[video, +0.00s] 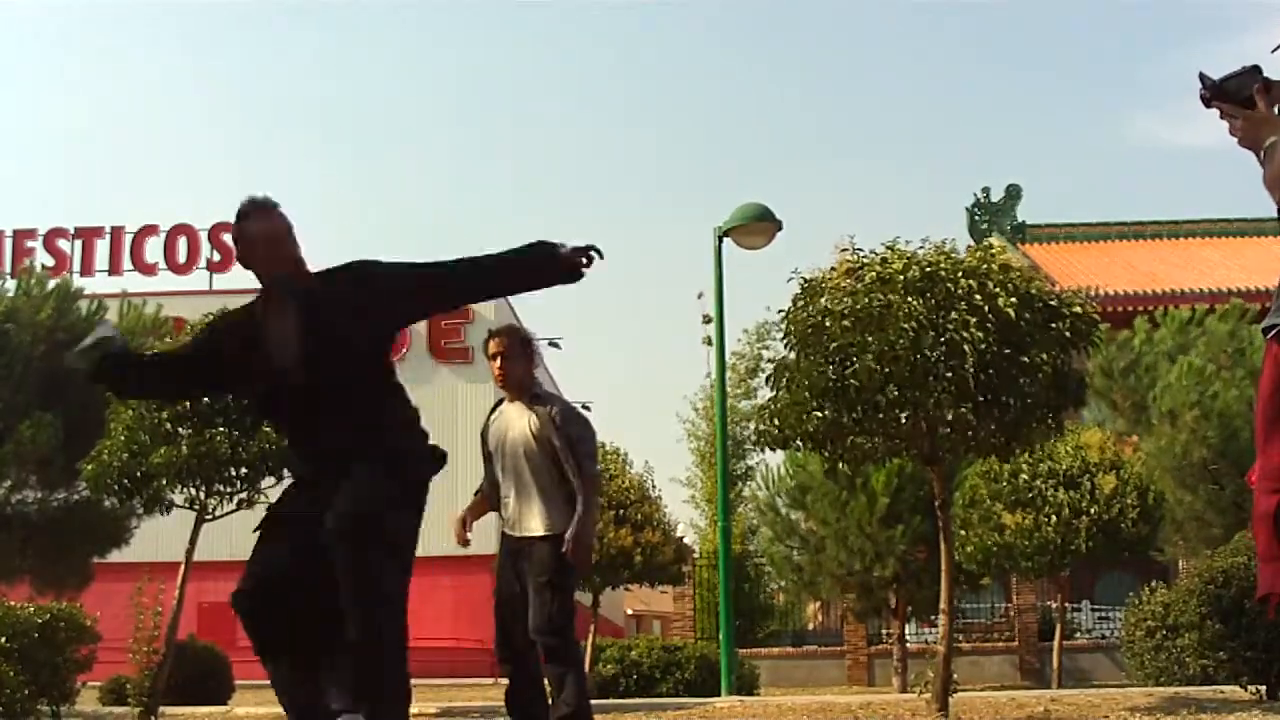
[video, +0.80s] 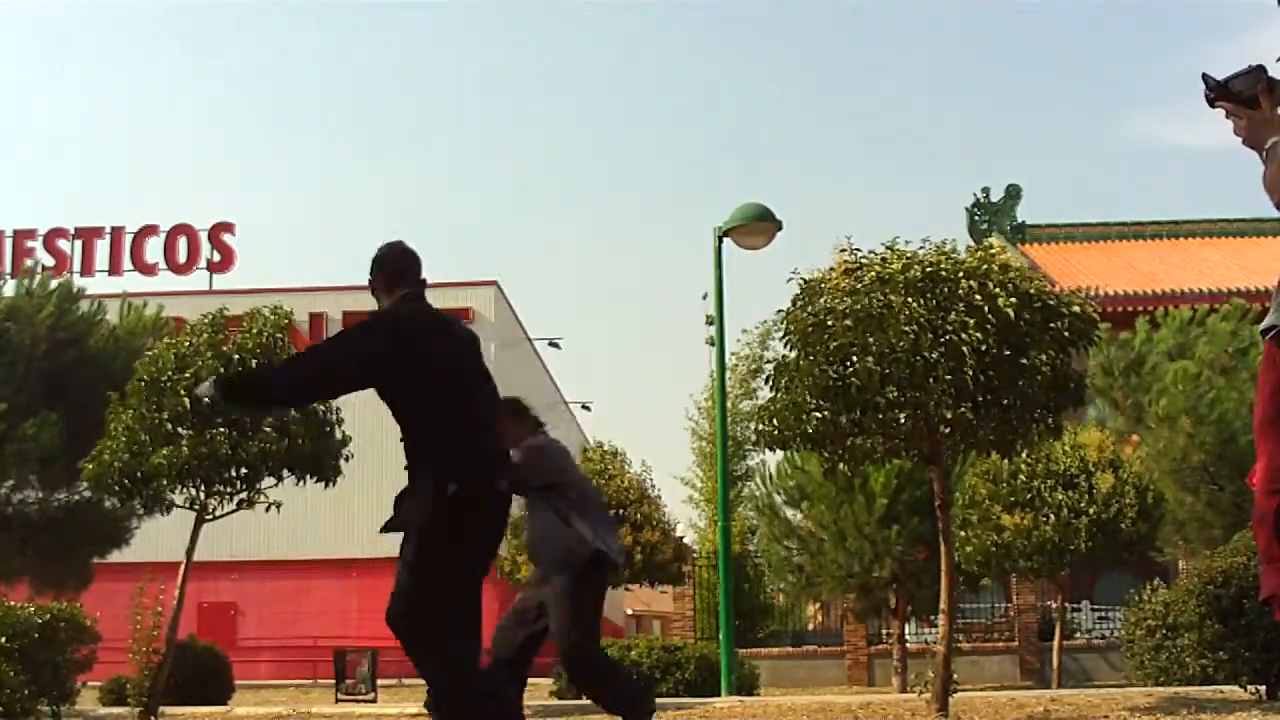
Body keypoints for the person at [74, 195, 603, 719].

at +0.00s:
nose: (256, 237)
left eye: (263, 225)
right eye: (246, 233)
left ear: (292, 234)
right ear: (241, 257)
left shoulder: (356, 287)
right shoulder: (238, 335)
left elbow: (456, 278)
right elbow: (171, 372)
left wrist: (549, 261)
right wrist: (105, 361)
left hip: (390, 460)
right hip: (317, 476)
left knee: (365, 583)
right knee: (264, 596)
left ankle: (380, 711)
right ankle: (316, 712)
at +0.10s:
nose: (346, 214)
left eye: (342, 204)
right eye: (334, 205)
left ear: (334, 213)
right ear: (301, 218)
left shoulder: (377, 263)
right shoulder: (270, 285)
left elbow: (441, 239)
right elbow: (218, 283)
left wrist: (477, 210)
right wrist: (272, 224)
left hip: (392, 427)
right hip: (314, 445)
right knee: (307, 583)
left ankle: (469, 584)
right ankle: (332, 705)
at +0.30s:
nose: (394, 181)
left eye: (393, 170)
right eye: (388, 169)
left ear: (341, 171)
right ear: (362, 169)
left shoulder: (313, 227)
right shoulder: (359, 216)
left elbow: (366, 320)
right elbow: (439, 198)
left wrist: (435, 348)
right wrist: (521, 161)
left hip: (344, 385)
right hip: (373, 375)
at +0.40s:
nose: (422, 219)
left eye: (422, 209)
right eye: (418, 208)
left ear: (367, 201)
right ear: (398, 202)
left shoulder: (318, 252)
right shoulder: (389, 240)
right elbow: (476, 249)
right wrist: (574, 233)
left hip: (365, 426)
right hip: (426, 386)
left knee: (429, 560)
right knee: (518, 344)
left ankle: (435, 706)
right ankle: (640, 365)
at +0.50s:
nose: (436, 269)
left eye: (437, 258)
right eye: (433, 258)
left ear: (385, 249)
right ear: (414, 253)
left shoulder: (337, 301)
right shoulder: (416, 298)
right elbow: (497, 337)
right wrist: (570, 337)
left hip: (384, 482)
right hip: (426, 465)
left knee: (425, 622)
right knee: (508, 368)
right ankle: (648, 340)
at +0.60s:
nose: (433, 280)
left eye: (433, 271)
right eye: (432, 271)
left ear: (385, 264)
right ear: (419, 268)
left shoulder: (336, 325)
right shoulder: (429, 320)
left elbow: (358, 418)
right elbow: (488, 386)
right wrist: (542, 432)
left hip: (391, 500)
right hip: (447, 487)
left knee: (431, 626)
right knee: (541, 448)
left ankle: (441, 709)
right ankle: (563, 539)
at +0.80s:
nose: (374, 295)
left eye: (373, 288)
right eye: (376, 288)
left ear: (377, 285)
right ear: (421, 281)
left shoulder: (387, 332)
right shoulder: (460, 334)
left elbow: (311, 373)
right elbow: (482, 413)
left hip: (446, 492)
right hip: (489, 490)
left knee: (409, 611)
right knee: (455, 609)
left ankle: (469, 704)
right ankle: (459, 702)